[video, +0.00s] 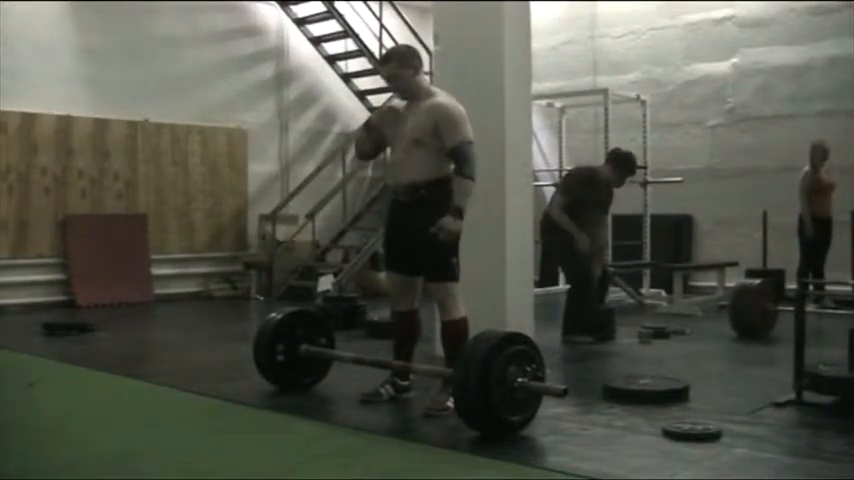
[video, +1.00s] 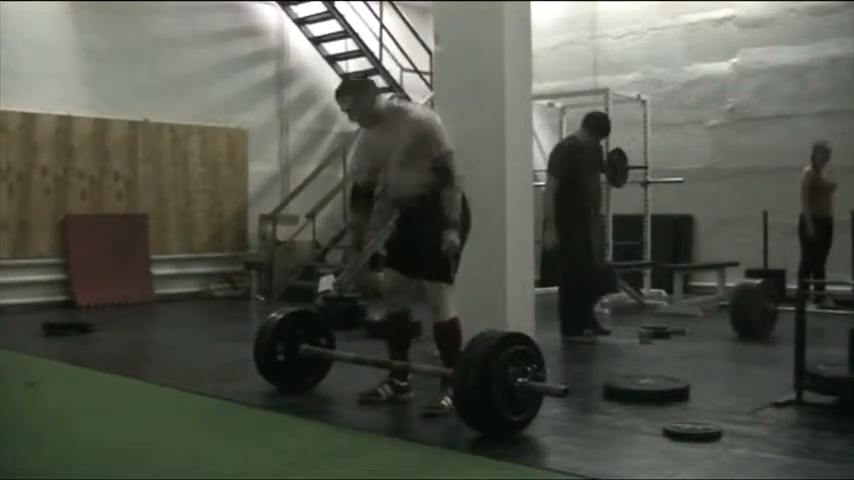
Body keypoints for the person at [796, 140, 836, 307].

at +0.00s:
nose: (821, 160)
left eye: (823, 156)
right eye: (818, 156)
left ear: (826, 158)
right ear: (812, 156)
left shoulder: (823, 175)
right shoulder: (808, 175)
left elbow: (824, 201)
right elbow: (804, 202)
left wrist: (827, 220)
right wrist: (807, 225)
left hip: (824, 220)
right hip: (810, 220)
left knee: (819, 259)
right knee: (807, 259)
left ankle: (819, 294)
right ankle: (802, 293)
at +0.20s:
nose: (823, 158)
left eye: (825, 155)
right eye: (820, 155)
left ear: (828, 157)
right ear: (813, 155)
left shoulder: (823, 175)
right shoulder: (809, 175)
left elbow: (824, 200)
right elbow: (805, 202)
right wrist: (808, 224)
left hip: (824, 220)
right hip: (811, 220)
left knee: (819, 260)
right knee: (808, 259)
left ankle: (820, 294)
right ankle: (803, 293)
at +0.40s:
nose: (824, 159)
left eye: (826, 155)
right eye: (821, 155)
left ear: (828, 157)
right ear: (814, 155)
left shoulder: (824, 175)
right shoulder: (810, 175)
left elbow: (825, 200)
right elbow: (806, 202)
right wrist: (809, 224)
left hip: (825, 220)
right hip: (812, 220)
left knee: (820, 260)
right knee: (809, 259)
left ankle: (820, 294)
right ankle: (803, 293)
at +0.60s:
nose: (824, 159)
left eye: (826, 155)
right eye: (821, 155)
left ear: (828, 157)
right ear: (814, 155)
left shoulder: (824, 175)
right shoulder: (809, 175)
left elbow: (824, 199)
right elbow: (805, 201)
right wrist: (809, 224)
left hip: (824, 220)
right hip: (811, 220)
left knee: (820, 259)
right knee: (808, 258)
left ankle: (820, 294)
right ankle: (802, 293)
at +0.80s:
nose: (824, 159)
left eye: (826, 155)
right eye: (821, 155)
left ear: (827, 157)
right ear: (813, 155)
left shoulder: (822, 175)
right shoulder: (809, 174)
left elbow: (824, 200)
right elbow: (805, 201)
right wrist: (809, 224)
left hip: (824, 221)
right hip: (811, 220)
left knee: (819, 259)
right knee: (808, 258)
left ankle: (820, 294)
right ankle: (802, 293)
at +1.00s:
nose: (824, 159)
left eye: (826, 156)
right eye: (821, 155)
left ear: (828, 158)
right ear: (814, 155)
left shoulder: (823, 175)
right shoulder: (809, 174)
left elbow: (824, 200)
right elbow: (805, 201)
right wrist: (809, 224)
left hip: (824, 221)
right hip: (811, 220)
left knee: (820, 259)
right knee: (808, 258)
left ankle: (820, 294)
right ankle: (803, 293)